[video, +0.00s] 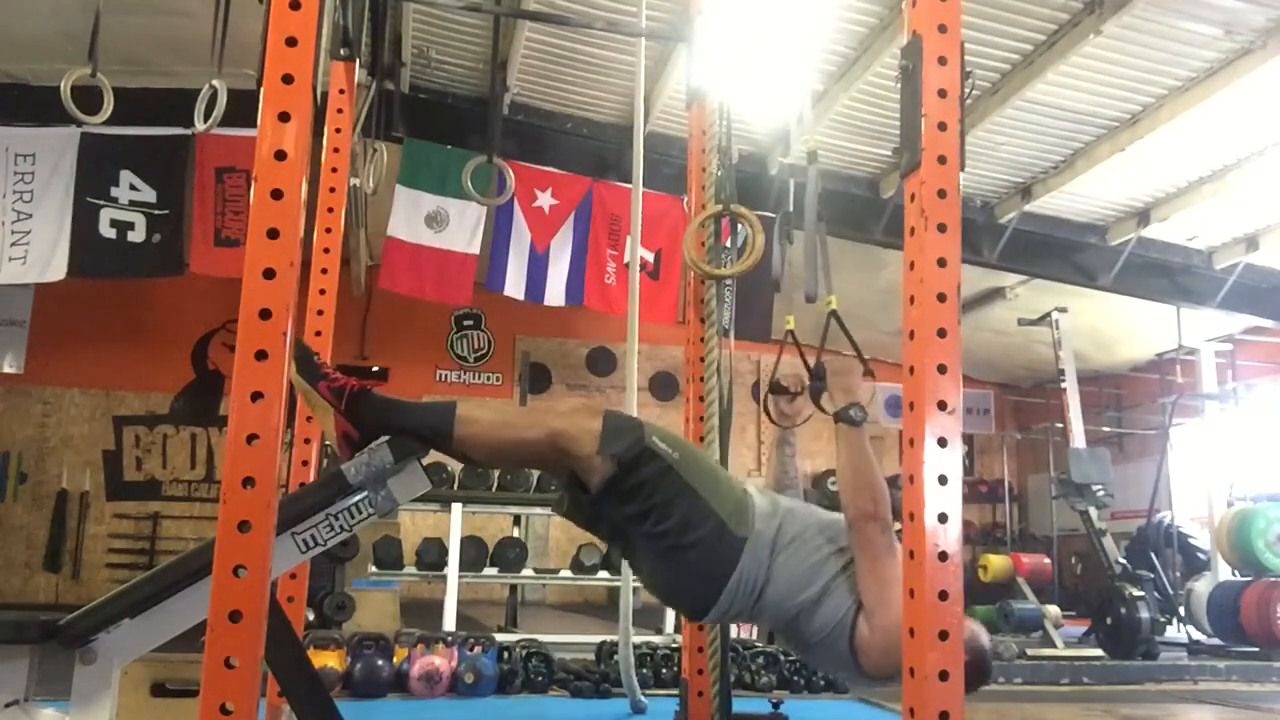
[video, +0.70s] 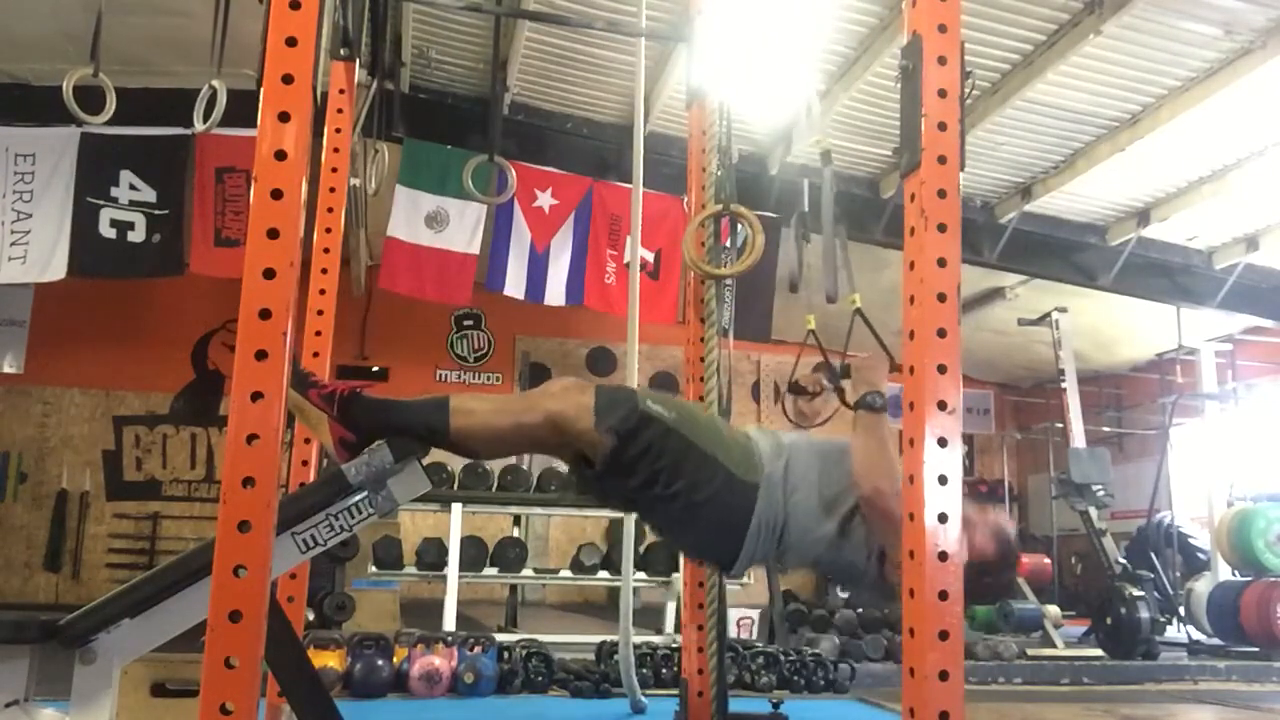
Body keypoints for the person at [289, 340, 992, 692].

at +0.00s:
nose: (947, 610)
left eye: (953, 629)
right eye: (957, 617)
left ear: (939, 659)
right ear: (942, 629)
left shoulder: (897, 649)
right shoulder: (890, 615)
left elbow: (876, 517)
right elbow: (871, 513)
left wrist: (852, 415)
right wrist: (844, 412)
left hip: (731, 554)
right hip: (734, 521)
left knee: (590, 432)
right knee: (576, 426)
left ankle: (382, 415)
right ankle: (390, 415)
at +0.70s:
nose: (970, 515)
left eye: (980, 528)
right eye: (982, 515)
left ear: (965, 559)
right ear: (969, 526)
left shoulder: (916, 559)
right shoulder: (910, 543)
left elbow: (872, 462)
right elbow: (865, 439)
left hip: (746, 494)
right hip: (739, 485)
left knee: (571, 410)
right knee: (562, 413)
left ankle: (366, 413)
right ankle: (376, 419)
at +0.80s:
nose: (986, 467)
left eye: (995, 478)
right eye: (991, 463)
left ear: (989, 508)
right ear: (978, 460)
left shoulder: (939, 528)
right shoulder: (930, 469)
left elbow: (887, 486)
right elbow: (876, 464)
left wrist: (917, 408)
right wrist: (883, 398)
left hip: (754, 468)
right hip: (745, 454)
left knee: (570, 407)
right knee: (560, 407)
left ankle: (365, 414)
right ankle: (373, 416)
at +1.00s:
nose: (992, 419)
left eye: (1002, 429)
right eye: (995, 412)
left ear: (998, 446)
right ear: (981, 401)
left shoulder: (959, 460)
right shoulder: (934, 406)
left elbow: (905, 484)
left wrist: (907, 390)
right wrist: (877, 369)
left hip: (762, 437)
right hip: (750, 420)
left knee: (577, 409)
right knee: (572, 406)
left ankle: (375, 420)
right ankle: (382, 419)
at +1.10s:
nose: (984, 403)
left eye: (996, 418)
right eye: (990, 400)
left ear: (993, 444)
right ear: (976, 396)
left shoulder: (963, 460)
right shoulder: (934, 407)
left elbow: (902, 486)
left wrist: (906, 393)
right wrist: (871, 374)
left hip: (763, 439)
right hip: (747, 423)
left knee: (575, 394)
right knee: (563, 394)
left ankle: (372, 422)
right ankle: (376, 419)